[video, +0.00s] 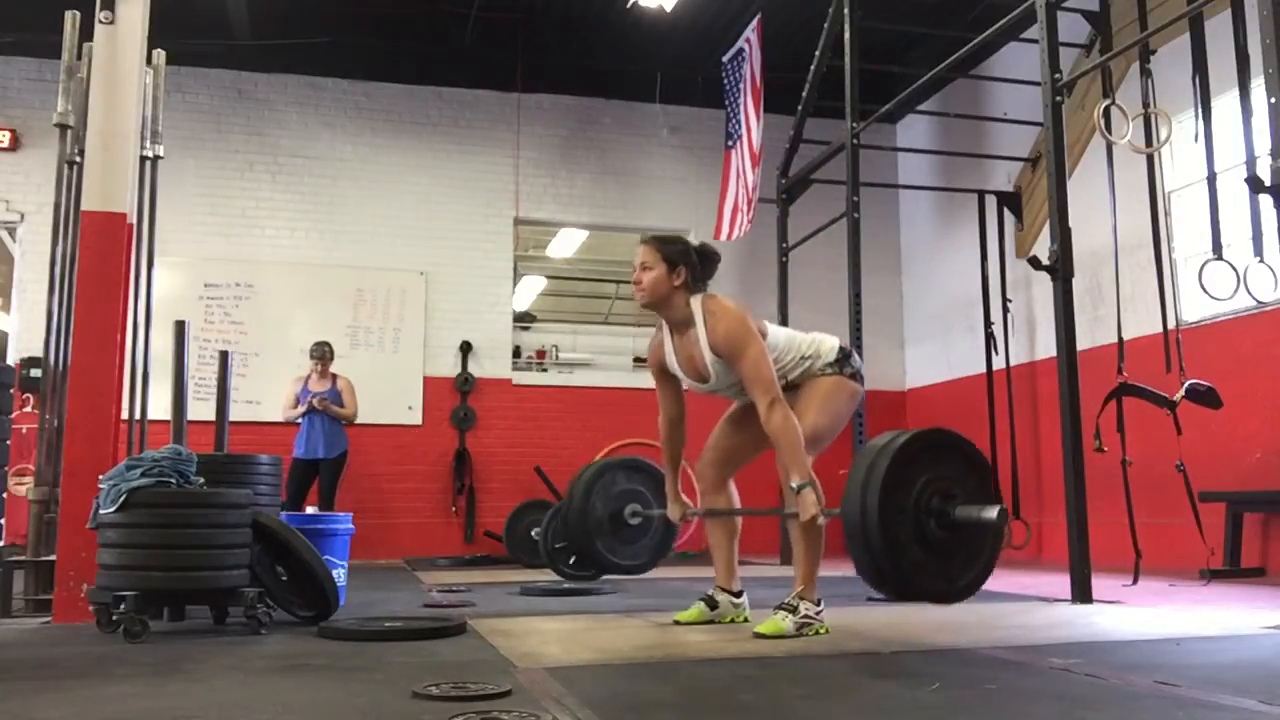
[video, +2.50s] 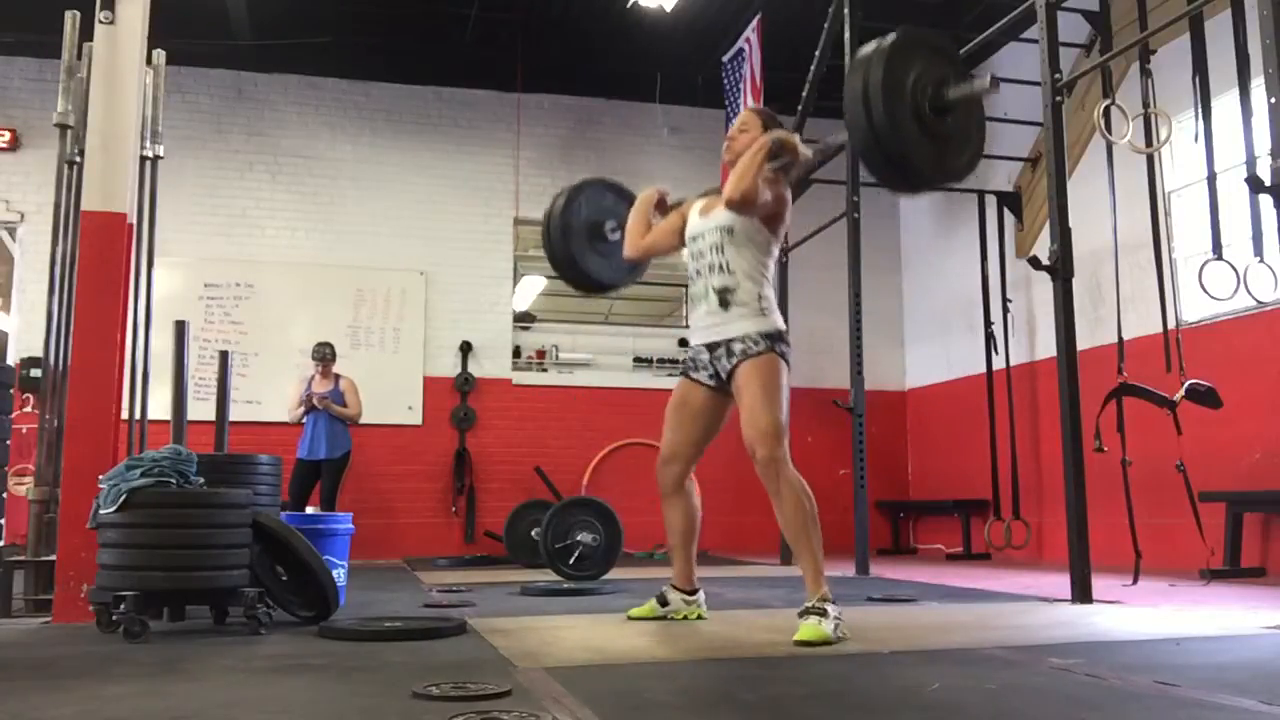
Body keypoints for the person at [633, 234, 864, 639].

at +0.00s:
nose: (634, 278)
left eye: (645, 269)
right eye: (635, 269)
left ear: (677, 276)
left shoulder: (724, 321)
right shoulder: (661, 351)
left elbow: (772, 405)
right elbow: (671, 422)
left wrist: (802, 483)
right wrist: (671, 492)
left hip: (832, 369)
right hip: (776, 385)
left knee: (796, 465)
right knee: (709, 470)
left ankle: (806, 602)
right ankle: (728, 595)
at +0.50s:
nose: (640, 261)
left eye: (650, 251)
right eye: (639, 253)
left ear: (683, 258)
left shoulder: (729, 305)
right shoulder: (663, 336)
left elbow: (778, 387)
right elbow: (676, 412)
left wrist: (807, 464)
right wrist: (677, 475)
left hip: (834, 363)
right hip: (780, 377)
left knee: (804, 466)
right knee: (720, 467)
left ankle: (807, 602)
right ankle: (728, 595)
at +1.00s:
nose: (641, 203)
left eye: (651, 193)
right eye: (641, 194)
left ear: (681, 200)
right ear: (664, 204)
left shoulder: (726, 247)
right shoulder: (661, 285)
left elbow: (774, 323)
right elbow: (672, 358)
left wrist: (802, 398)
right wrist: (676, 423)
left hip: (814, 347)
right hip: (761, 361)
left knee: (796, 466)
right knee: (724, 468)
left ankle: (806, 601)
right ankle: (728, 594)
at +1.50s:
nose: (774, 119)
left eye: (788, 115)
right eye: (776, 115)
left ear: (812, 137)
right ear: (769, 133)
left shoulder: (807, 165)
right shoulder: (739, 191)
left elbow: (819, 191)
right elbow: (694, 240)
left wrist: (790, 216)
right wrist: (651, 274)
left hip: (764, 307)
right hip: (713, 314)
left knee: (759, 426)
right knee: (684, 442)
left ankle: (803, 580)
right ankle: (708, 569)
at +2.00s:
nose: (719, 199)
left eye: (731, 192)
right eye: (719, 192)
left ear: (762, 207)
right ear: (720, 210)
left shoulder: (775, 262)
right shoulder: (697, 277)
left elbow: (740, 272)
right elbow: (633, 306)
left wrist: (768, 217)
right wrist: (652, 258)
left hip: (785, 404)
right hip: (729, 418)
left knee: (760, 478)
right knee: (637, 486)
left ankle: (826, 606)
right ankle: (683, 596)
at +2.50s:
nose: (731, 134)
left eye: (744, 127)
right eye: (730, 127)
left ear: (768, 146)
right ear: (726, 143)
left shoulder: (772, 196)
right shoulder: (696, 209)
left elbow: (737, 195)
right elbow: (635, 247)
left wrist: (773, 145)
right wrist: (646, 200)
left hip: (756, 342)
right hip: (705, 352)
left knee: (769, 458)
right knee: (671, 469)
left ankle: (820, 601)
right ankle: (684, 593)